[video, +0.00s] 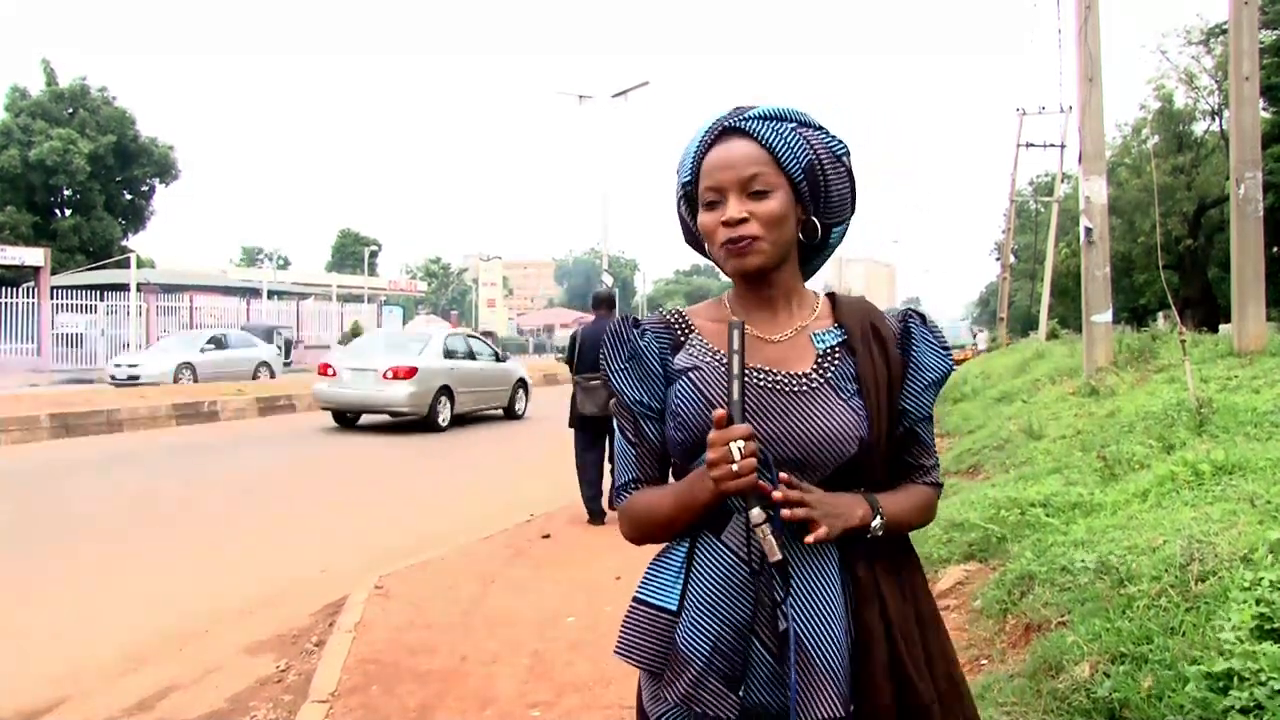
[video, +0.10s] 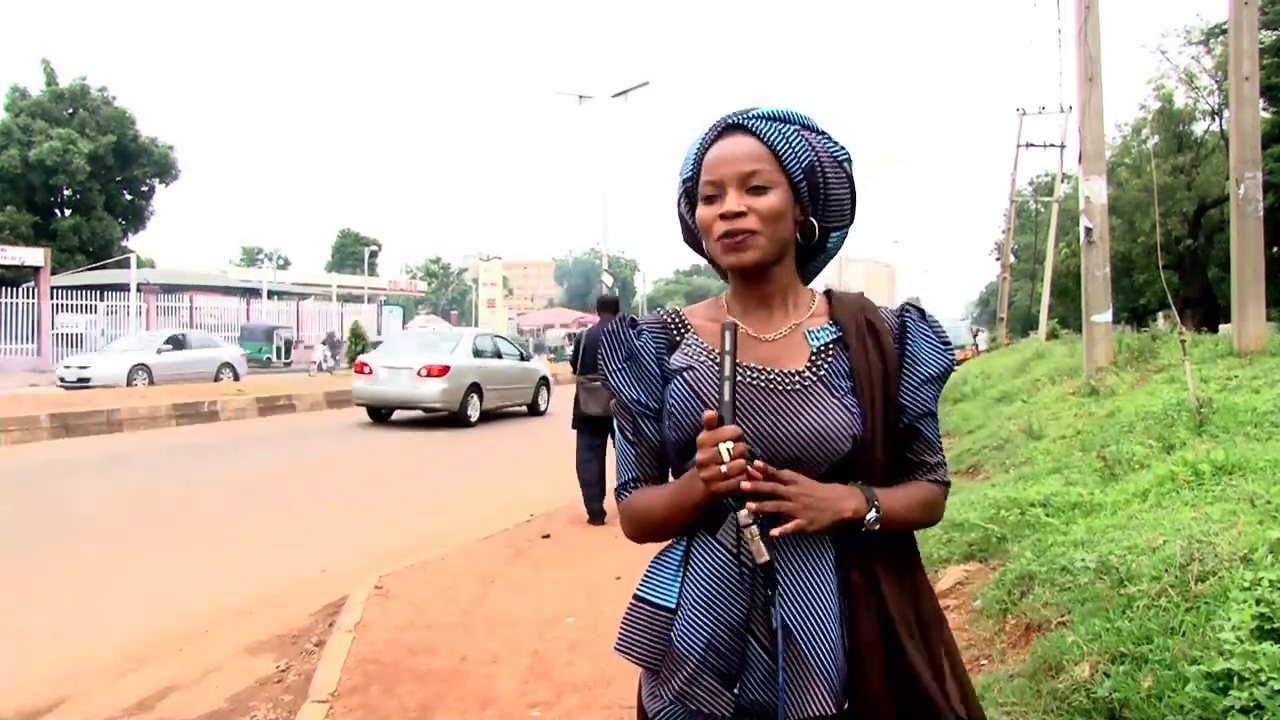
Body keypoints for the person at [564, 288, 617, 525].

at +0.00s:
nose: (604, 311)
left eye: (600, 307)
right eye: (610, 308)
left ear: (592, 308)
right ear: (614, 308)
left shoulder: (580, 334)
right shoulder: (623, 333)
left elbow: (571, 364)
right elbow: (629, 367)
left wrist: (584, 387)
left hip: (586, 403)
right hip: (618, 401)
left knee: (588, 456)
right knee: (620, 450)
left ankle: (595, 511)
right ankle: (619, 496)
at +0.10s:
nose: (604, 315)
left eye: (601, 311)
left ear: (597, 312)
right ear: (618, 311)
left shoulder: (586, 335)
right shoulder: (627, 336)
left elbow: (575, 364)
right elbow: (633, 367)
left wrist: (591, 379)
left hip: (590, 402)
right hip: (621, 400)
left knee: (589, 456)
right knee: (628, 452)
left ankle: (595, 511)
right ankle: (633, 506)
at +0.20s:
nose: (613, 318)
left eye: (609, 313)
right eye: (617, 313)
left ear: (602, 314)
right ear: (623, 313)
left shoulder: (590, 339)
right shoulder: (632, 338)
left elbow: (580, 368)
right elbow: (636, 371)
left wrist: (595, 382)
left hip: (595, 402)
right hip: (625, 402)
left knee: (593, 456)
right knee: (626, 453)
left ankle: (594, 511)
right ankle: (627, 503)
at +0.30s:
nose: (617, 317)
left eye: (614, 313)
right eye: (621, 313)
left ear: (608, 313)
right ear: (628, 313)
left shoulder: (595, 338)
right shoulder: (637, 338)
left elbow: (587, 365)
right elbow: (641, 369)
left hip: (600, 403)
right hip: (629, 402)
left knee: (602, 450)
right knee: (629, 450)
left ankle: (595, 496)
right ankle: (625, 494)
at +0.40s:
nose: (619, 317)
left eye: (617, 312)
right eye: (623, 312)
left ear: (612, 312)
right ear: (632, 313)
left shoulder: (600, 337)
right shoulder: (641, 339)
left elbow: (591, 365)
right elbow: (646, 370)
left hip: (606, 401)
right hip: (634, 400)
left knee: (608, 445)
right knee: (633, 446)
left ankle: (603, 476)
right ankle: (627, 493)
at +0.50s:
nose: (625, 314)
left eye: (622, 309)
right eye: (630, 310)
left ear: (617, 309)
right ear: (637, 310)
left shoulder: (605, 334)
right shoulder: (644, 336)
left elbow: (596, 363)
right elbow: (649, 368)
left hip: (611, 400)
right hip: (637, 399)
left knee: (612, 444)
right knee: (634, 444)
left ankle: (611, 480)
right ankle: (627, 493)